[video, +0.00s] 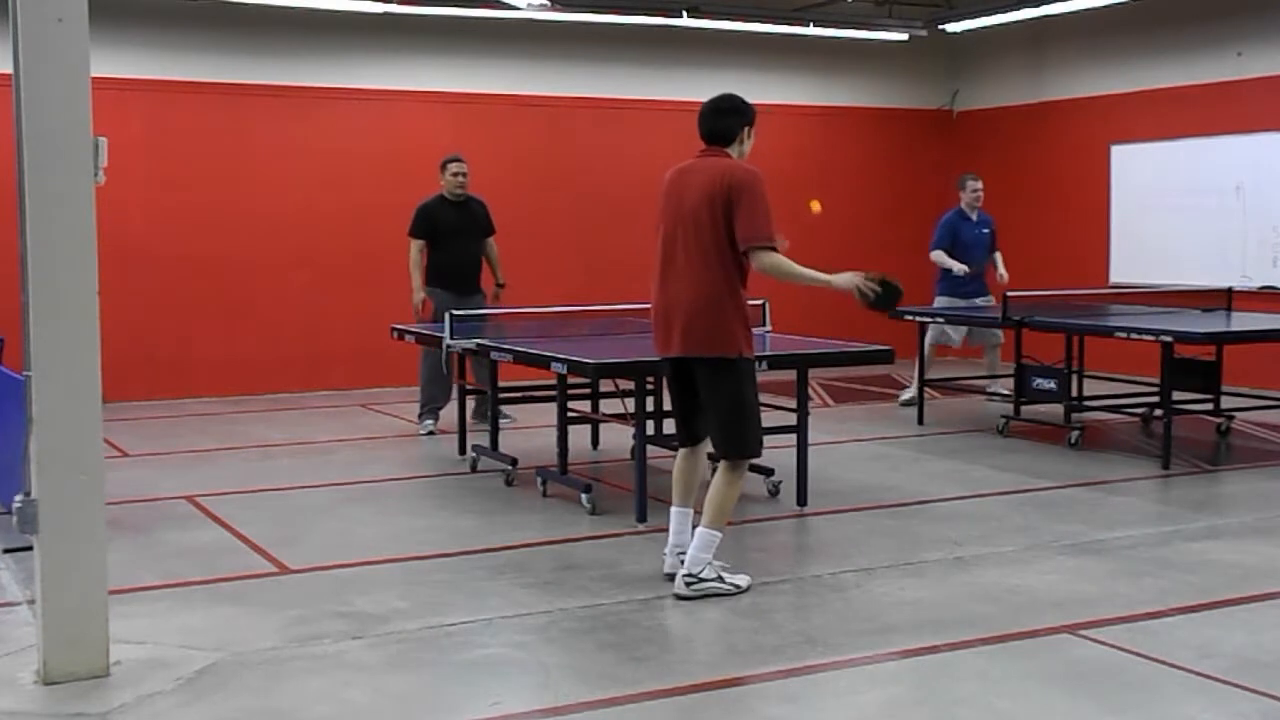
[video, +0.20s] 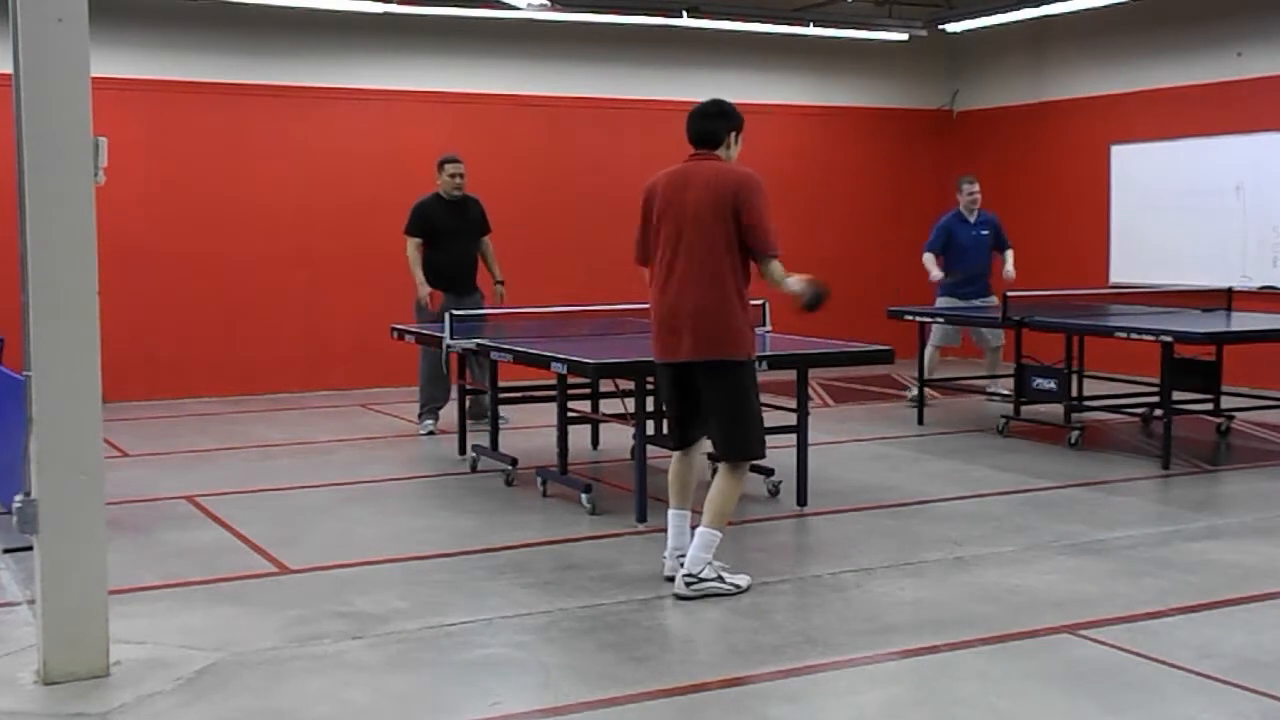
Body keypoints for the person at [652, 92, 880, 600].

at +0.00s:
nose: (752, 142)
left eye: (751, 133)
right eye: (752, 134)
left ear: (704, 133)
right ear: (742, 135)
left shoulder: (676, 177)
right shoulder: (741, 178)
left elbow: (688, 246)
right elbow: (764, 259)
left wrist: (759, 244)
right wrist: (833, 279)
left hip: (671, 329)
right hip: (718, 333)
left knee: (692, 441)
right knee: (736, 455)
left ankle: (676, 550)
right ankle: (697, 568)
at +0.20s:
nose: (741, 147)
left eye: (739, 139)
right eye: (740, 139)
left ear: (692, 139)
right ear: (730, 140)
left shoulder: (658, 185)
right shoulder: (741, 183)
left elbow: (647, 258)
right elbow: (766, 260)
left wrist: (682, 288)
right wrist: (791, 284)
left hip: (669, 341)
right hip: (723, 340)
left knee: (686, 444)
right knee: (735, 457)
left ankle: (676, 554)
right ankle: (698, 566)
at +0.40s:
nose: (728, 145)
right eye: (729, 138)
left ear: (680, 140)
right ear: (725, 141)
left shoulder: (655, 188)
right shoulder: (744, 187)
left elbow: (627, 275)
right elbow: (756, 265)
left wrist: (624, 287)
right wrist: (730, 296)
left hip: (679, 341)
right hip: (736, 341)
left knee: (687, 446)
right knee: (739, 456)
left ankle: (675, 554)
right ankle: (698, 564)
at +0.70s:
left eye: (689, 137)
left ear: (690, 142)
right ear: (735, 141)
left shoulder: (672, 192)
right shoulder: (761, 189)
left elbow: (636, 272)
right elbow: (772, 267)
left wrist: (591, 338)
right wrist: (740, 307)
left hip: (699, 345)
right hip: (762, 343)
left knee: (695, 444)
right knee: (787, 450)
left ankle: (678, 551)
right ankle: (782, 558)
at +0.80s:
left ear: (704, 145)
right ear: (748, 143)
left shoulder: (686, 195)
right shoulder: (773, 193)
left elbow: (660, 276)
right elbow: (786, 273)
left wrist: (631, 353)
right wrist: (761, 323)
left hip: (710, 352)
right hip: (774, 349)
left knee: (699, 446)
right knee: (805, 456)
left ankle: (679, 551)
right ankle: (831, 563)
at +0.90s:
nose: (722, 152)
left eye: (721, 145)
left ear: (722, 150)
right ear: (766, 149)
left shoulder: (708, 199)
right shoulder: (793, 199)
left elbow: (702, 276)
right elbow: (804, 282)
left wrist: (684, 356)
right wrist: (782, 333)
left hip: (727, 354)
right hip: (792, 356)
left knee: (706, 445)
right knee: (823, 463)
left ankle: (679, 551)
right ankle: (873, 570)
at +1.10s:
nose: (773, 149)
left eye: (774, 142)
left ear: (777, 145)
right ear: (822, 145)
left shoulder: (769, 190)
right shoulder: (850, 196)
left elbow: (779, 263)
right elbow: (864, 274)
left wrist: (768, 350)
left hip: (785, 358)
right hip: (850, 359)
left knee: (732, 450)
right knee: (864, 476)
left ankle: (694, 548)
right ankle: (906, 587)